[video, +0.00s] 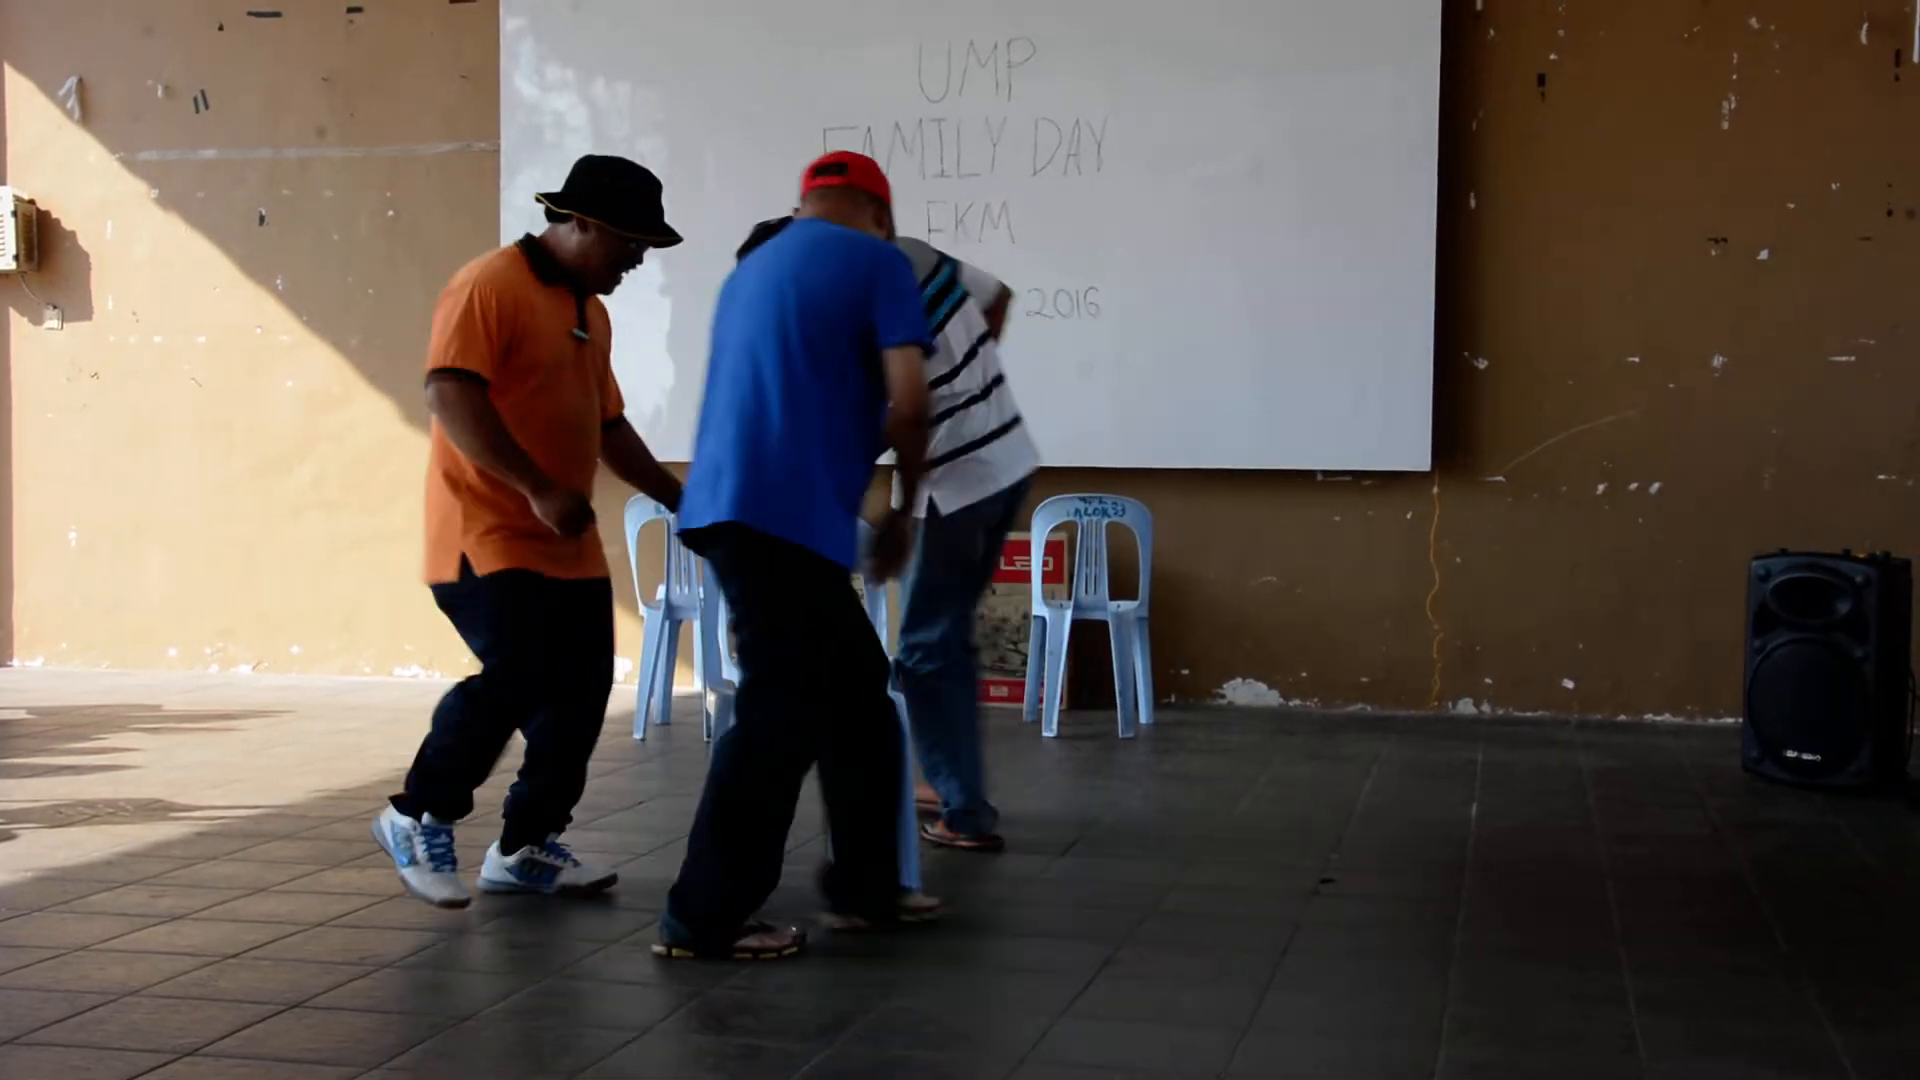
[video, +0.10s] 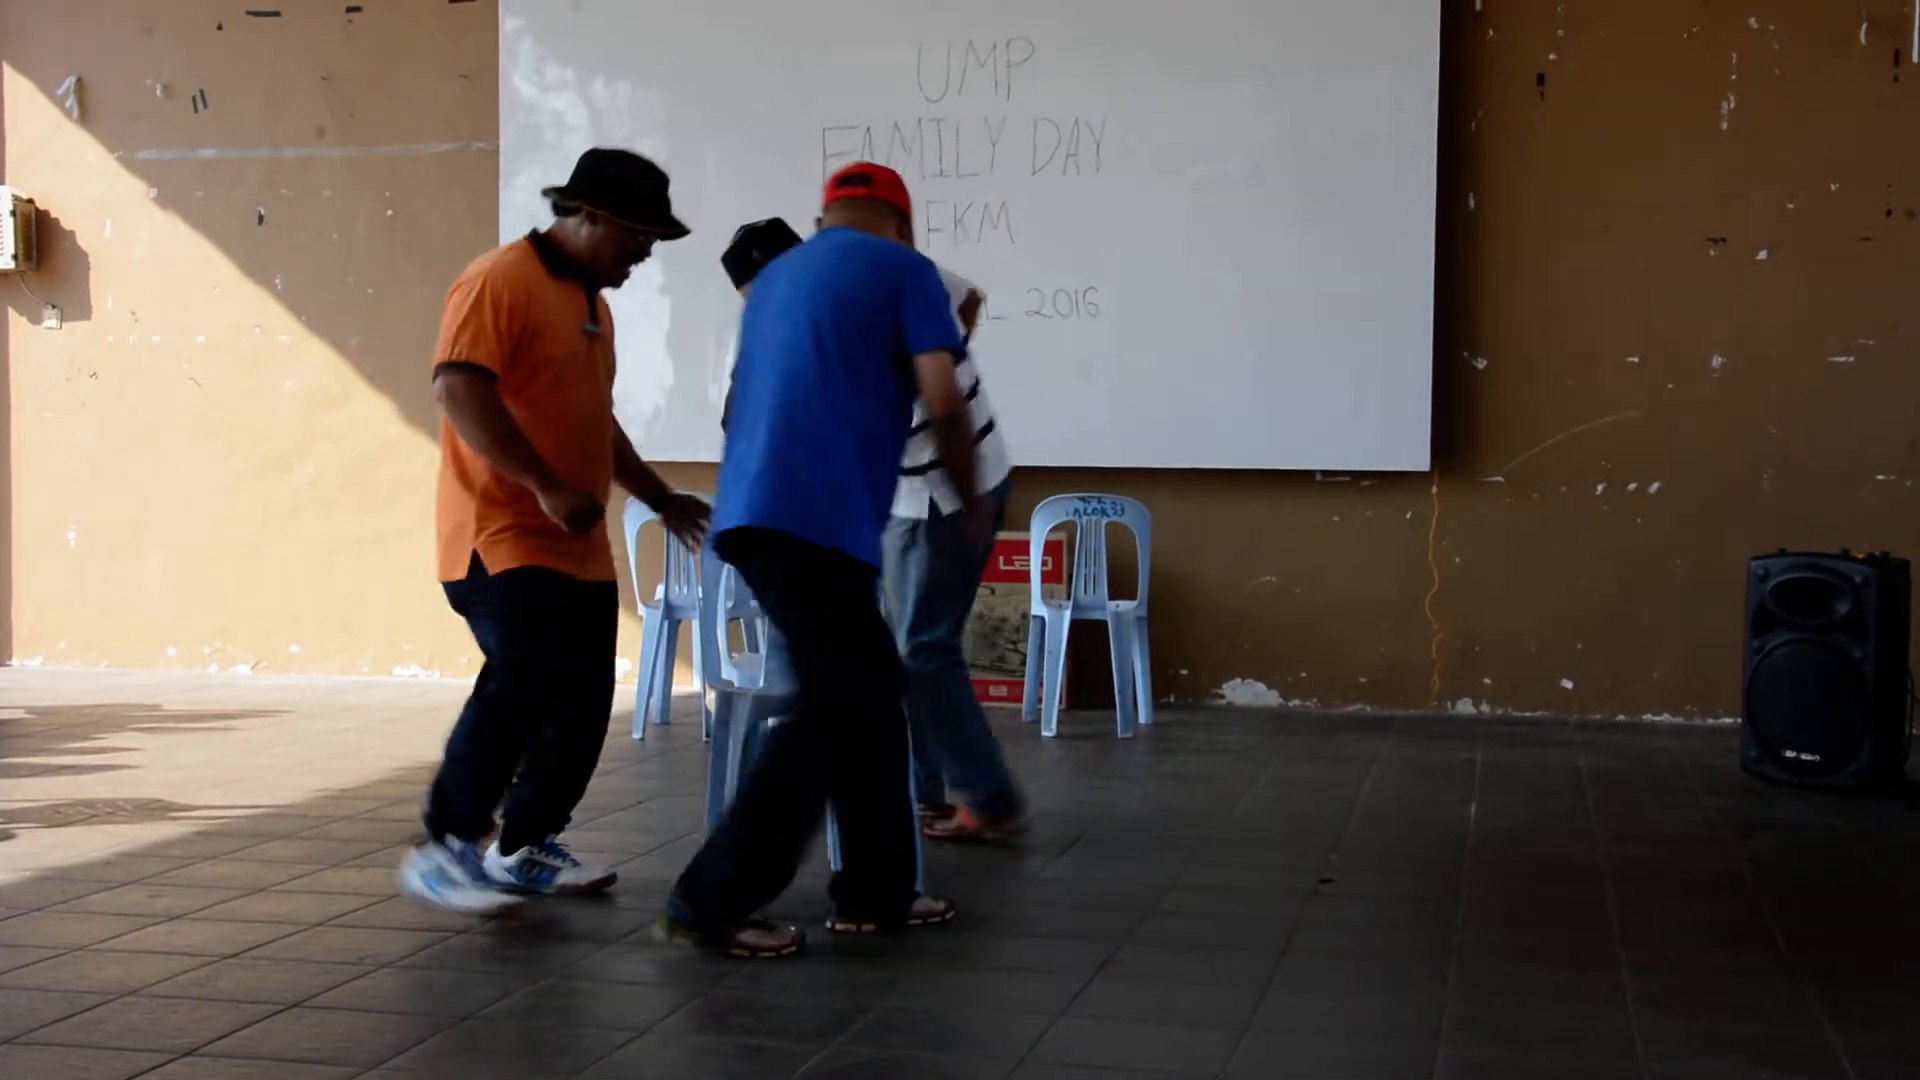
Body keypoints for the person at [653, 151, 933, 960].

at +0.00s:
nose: (888, 236)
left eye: (885, 226)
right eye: (888, 224)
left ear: (807, 205)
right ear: (873, 210)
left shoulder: (757, 263)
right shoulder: (878, 259)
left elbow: (761, 398)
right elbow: (911, 403)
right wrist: (907, 507)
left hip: (723, 505)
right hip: (789, 514)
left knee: (859, 696)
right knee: (777, 712)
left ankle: (865, 888)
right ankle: (703, 921)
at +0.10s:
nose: (909, 241)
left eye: (904, 232)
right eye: (909, 229)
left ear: (828, 214)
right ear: (897, 219)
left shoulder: (775, 274)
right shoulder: (906, 268)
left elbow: (741, 403)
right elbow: (944, 404)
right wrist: (970, 497)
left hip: (748, 514)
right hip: (822, 519)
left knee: (867, 701)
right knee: (846, 704)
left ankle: (874, 895)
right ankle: (710, 904)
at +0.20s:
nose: (921, 246)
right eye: (922, 234)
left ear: (844, 224)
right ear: (919, 228)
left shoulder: (796, 286)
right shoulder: (928, 273)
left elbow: (738, 414)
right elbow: (975, 395)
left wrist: (774, 496)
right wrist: (1018, 511)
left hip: (776, 520)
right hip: (862, 518)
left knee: (866, 706)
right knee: (920, 695)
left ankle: (874, 894)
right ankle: (799, 836)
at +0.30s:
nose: (927, 231)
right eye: (928, 221)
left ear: (855, 223)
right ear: (931, 221)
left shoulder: (812, 284)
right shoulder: (952, 266)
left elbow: (742, 410)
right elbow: (998, 364)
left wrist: (777, 502)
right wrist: (1037, 496)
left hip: (814, 527)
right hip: (912, 522)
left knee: (856, 708)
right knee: (975, 684)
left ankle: (863, 893)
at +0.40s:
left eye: (869, 220)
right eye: (935, 219)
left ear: (863, 223)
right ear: (939, 218)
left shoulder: (822, 286)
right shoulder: (971, 258)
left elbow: (745, 402)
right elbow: (1006, 339)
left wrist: (774, 474)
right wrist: (1037, 452)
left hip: (856, 534)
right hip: (961, 526)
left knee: (870, 719)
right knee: (1003, 699)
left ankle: (870, 900)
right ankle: (1043, 874)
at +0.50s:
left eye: (886, 224)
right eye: (947, 222)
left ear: (875, 231)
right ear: (950, 221)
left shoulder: (832, 299)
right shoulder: (993, 257)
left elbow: (770, 415)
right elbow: (1030, 326)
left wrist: (780, 465)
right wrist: (1053, 433)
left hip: (901, 538)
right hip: (1007, 527)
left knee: (897, 723)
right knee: (1045, 694)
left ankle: (895, 901)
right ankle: (1073, 868)